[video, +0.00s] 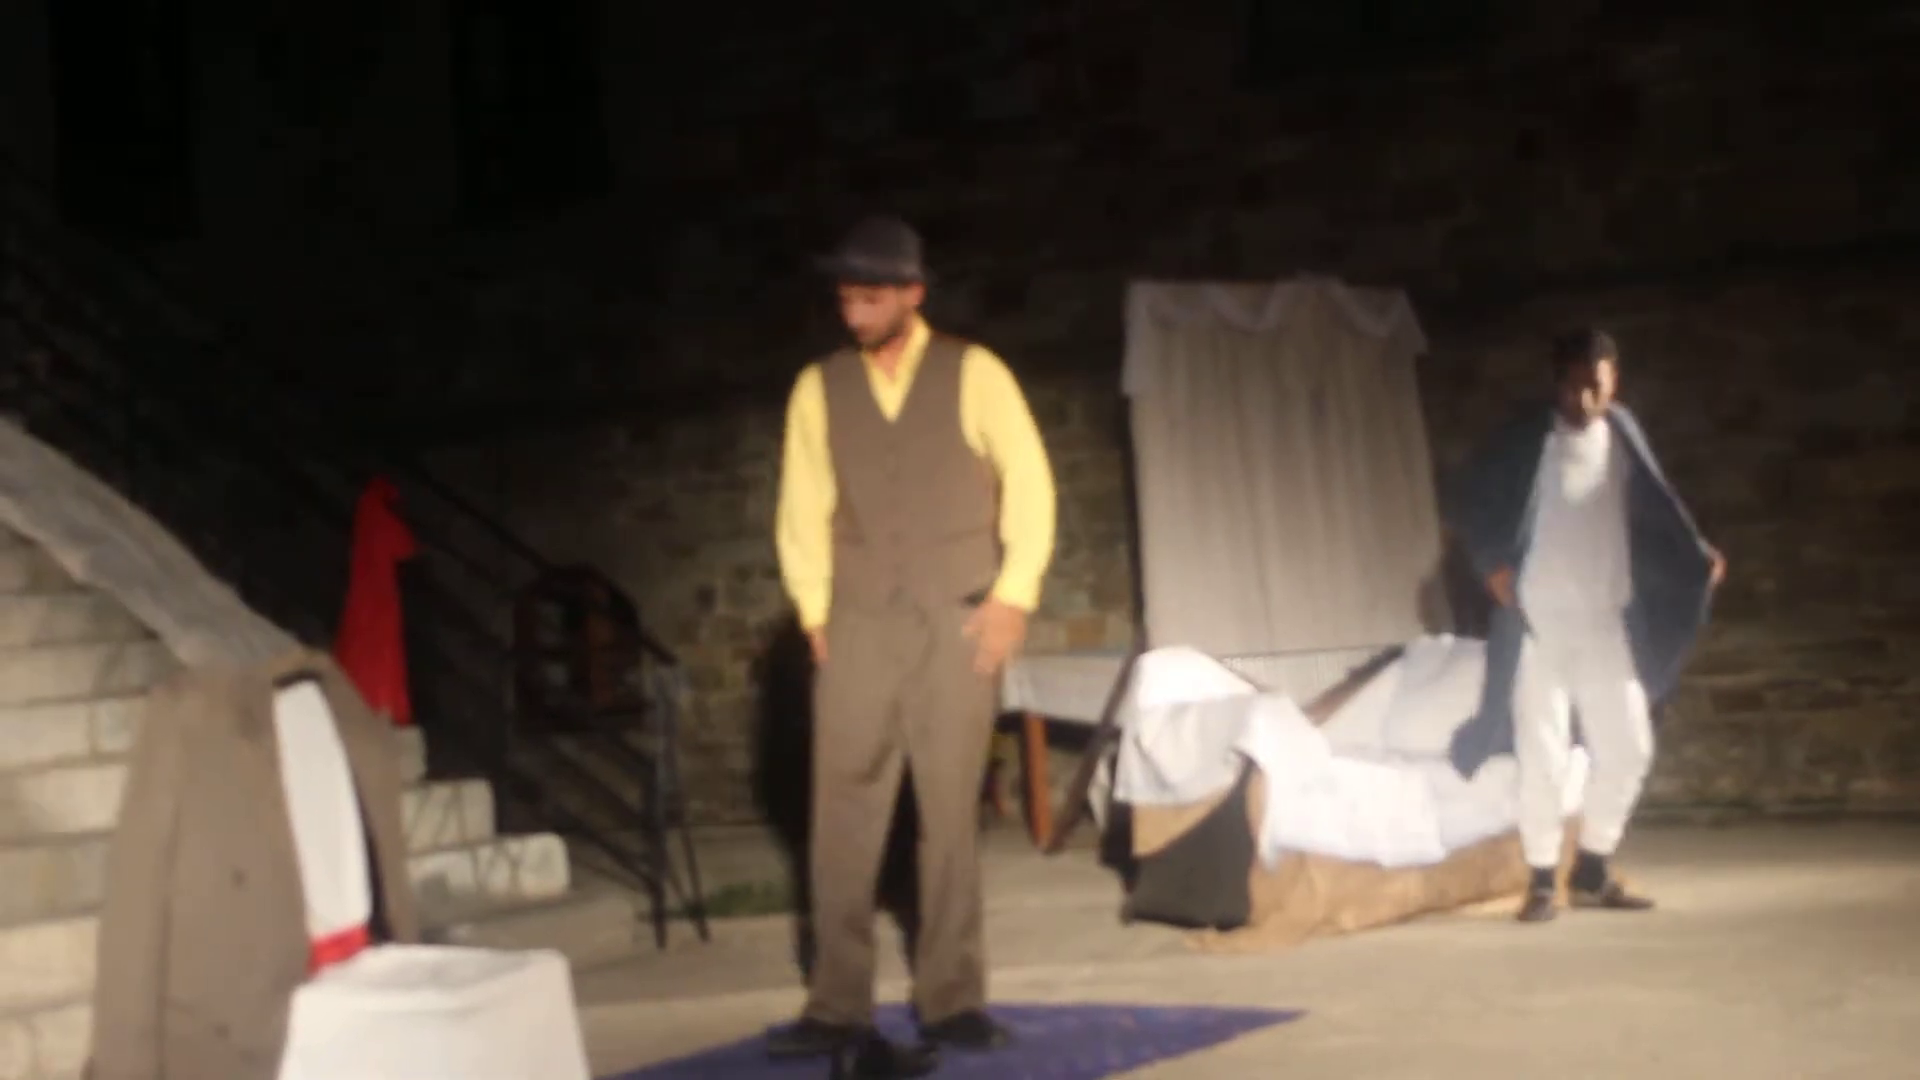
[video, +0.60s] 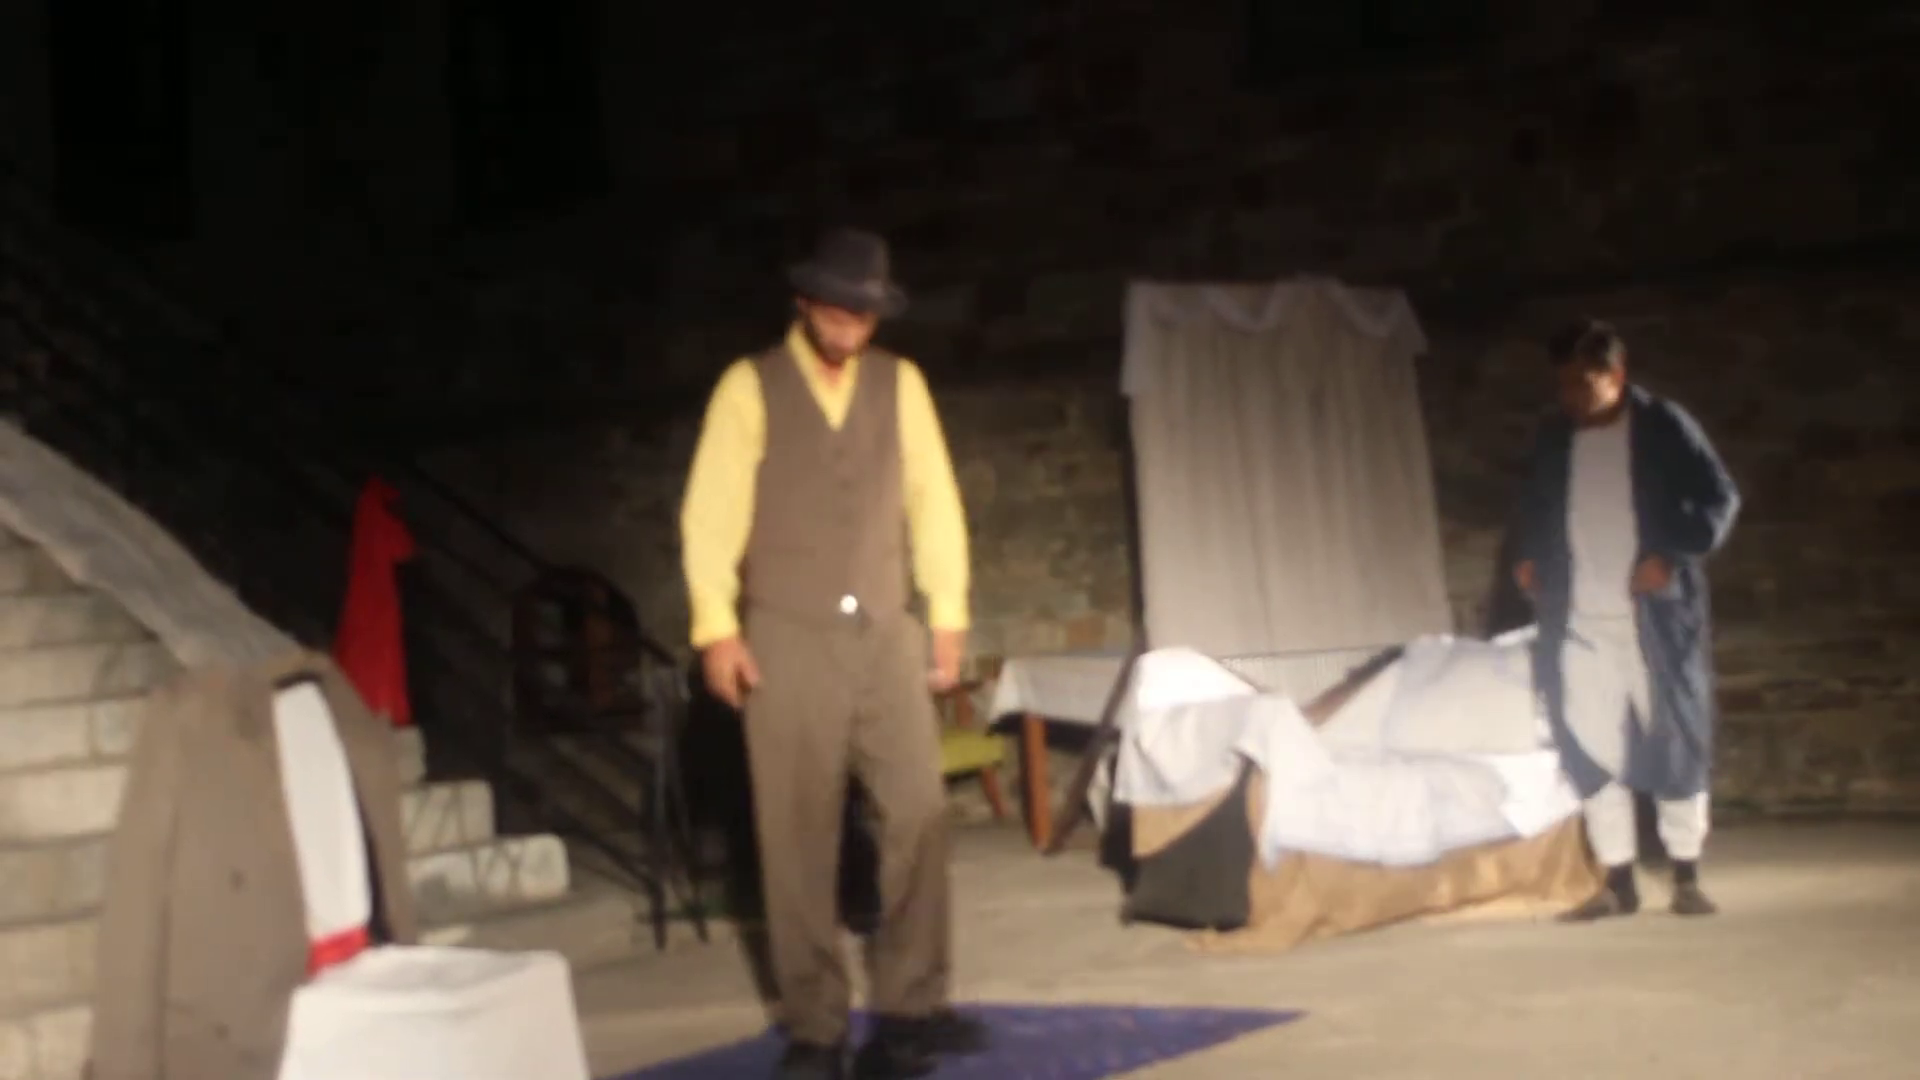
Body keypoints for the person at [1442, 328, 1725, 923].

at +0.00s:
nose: (1592, 400)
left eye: (1602, 389)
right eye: (1582, 387)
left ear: (1614, 388)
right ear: (1559, 383)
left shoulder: (1623, 432)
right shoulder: (1524, 435)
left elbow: (1655, 505)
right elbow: (1468, 500)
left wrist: (1696, 551)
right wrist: (1489, 563)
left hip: (1605, 627)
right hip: (1535, 628)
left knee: (1629, 746)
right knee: (1541, 751)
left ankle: (1591, 870)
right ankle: (1542, 878)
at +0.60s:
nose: (1581, 394)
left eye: (1591, 381)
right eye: (1571, 383)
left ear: (1619, 373)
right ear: (1559, 383)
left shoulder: (1663, 425)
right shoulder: (1550, 441)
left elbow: (1717, 497)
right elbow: (1528, 512)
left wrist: (1671, 555)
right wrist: (1523, 556)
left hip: (1656, 624)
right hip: (1579, 629)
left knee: (1676, 744)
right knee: (1596, 755)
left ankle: (1685, 878)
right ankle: (1619, 884)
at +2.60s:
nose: (1585, 374)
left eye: (1596, 362)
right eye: (1577, 363)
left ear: (1624, 361)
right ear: (1568, 367)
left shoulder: (1666, 422)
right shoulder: (1555, 433)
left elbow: (1720, 501)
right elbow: (1538, 501)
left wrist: (1665, 564)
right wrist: (1545, 547)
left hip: (1658, 622)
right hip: (1581, 625)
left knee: (1675, 742)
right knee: (1585, 745)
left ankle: (1692, 886)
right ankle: (1606, 886)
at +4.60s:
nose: (1566, 406)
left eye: (1575, 393)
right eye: (1554, 397)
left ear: (1596, 379)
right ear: (1536, 394)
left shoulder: (1636, 426)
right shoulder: (1523, 444)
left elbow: (1693, 503)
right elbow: (1504, 516)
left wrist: (1664, 579)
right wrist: (1503, 567)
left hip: (1632, 629)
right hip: (1557, 633)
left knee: (1653, 749)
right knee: (1570, 756)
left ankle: (1679, 885)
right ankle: (1597, 889)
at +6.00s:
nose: (1566, 382)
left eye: (1576, 368)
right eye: (1555, 370)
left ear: (1602, 361)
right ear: (1541, 372)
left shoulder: (1644, 425)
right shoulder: (1522, 439)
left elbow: (1697, 503)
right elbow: (1499, 506)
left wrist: (1659, 568)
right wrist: (1507, 552)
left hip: (1634, 627)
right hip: (1558, 630)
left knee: (1653, 747)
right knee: (1567, 753)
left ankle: (1672, 886)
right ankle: (1591, 889)